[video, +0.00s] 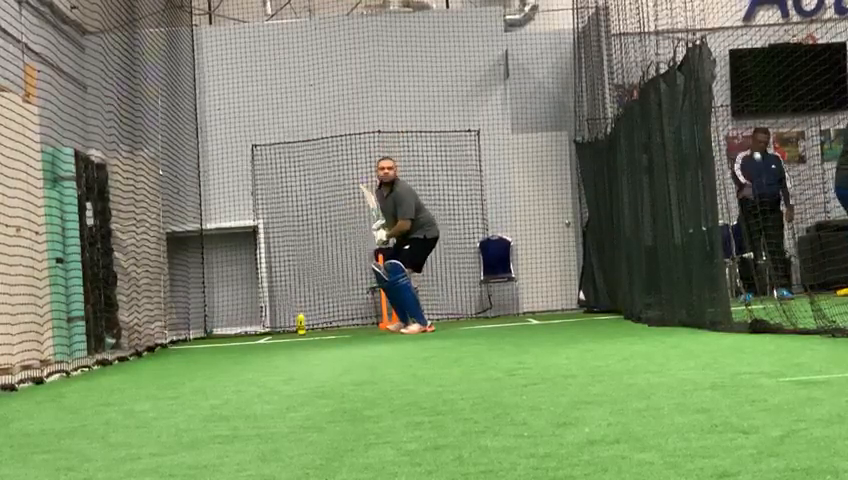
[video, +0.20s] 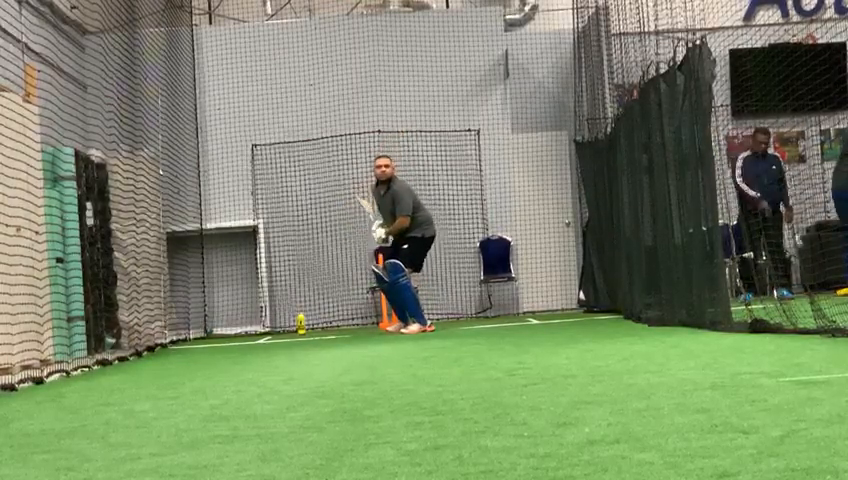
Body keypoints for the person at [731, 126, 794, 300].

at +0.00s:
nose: (762, 145)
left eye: (765, 142)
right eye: (759, 141)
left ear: (768, 142)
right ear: (752, 141)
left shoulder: (775, 159)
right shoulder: (742, 159)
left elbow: (783, 184)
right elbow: (737, 175)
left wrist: (788, 205)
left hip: (772, 207)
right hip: (751, 208)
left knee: (776, 247)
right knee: (751, 248)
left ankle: (781, 286)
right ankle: (752, 289)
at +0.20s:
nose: (762, 146)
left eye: (765, 143)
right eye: (759, 143)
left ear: (769, 143)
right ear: (752, 142)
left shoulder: (775, 159)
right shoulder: (743, 159)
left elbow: (782, 184)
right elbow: (739, 181)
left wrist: (787, 205)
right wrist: (757, 199)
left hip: (773, 209)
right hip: (751, 211)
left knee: (776, 248)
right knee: (754, 249)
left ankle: (782, 286)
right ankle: (756, 289)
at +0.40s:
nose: (763, 145)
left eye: (765, 142)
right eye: (759, 142)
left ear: (768, 143)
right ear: (752, 141)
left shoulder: (774, 159)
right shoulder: (742, 159)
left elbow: (781, 184)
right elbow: (733, 181)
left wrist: (785, 207)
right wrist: (748, 202)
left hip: (772, 210)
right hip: (751, 210)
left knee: (776, 248)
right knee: (750, 250)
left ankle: (782, 286)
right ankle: (750, 289)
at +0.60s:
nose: (762, 145)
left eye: (765, 142)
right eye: (759, 142)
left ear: (768, 142)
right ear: (750, 141)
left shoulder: (774, 160)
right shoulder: (739, 160)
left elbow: (781, 185)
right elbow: (728, 182)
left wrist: (785, 207)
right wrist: (738, 204)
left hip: (772, 210)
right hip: (749, 211)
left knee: (776, 248)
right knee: (750, 250)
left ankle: (781, 286)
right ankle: (751, 289)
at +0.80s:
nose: (760, 145)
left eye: (763, 142)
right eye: (756, 141)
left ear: (766, 142)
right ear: (749, 141)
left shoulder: (773, 159)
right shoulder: (738, 159)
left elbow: (780, 184)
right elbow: (727, 183)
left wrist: (785, 206)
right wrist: (737, 205)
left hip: (771, 211)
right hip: (748, 212)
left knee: (776, 249)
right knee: (748, 251)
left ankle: (781, 286)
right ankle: (750, 289)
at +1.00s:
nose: (757, 145)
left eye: (760, 141)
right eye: (754, 141)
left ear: (764, 142)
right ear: (747, 142)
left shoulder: (772, 159)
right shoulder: (737, 159)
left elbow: (780, 184)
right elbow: (726, 183)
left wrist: (783, 206)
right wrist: (738, 205)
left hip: (771, 210)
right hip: (748, 212)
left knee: (775, 249)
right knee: (747, 251)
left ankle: (781, 286)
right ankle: (749, 290)